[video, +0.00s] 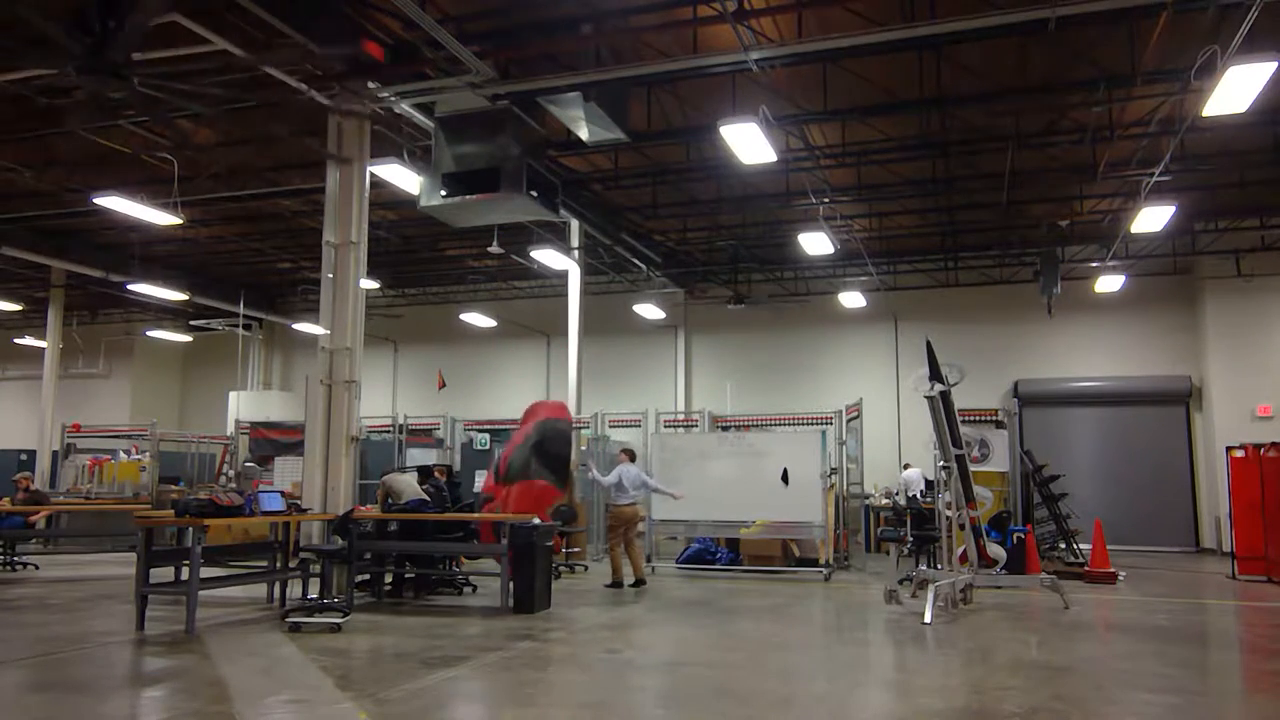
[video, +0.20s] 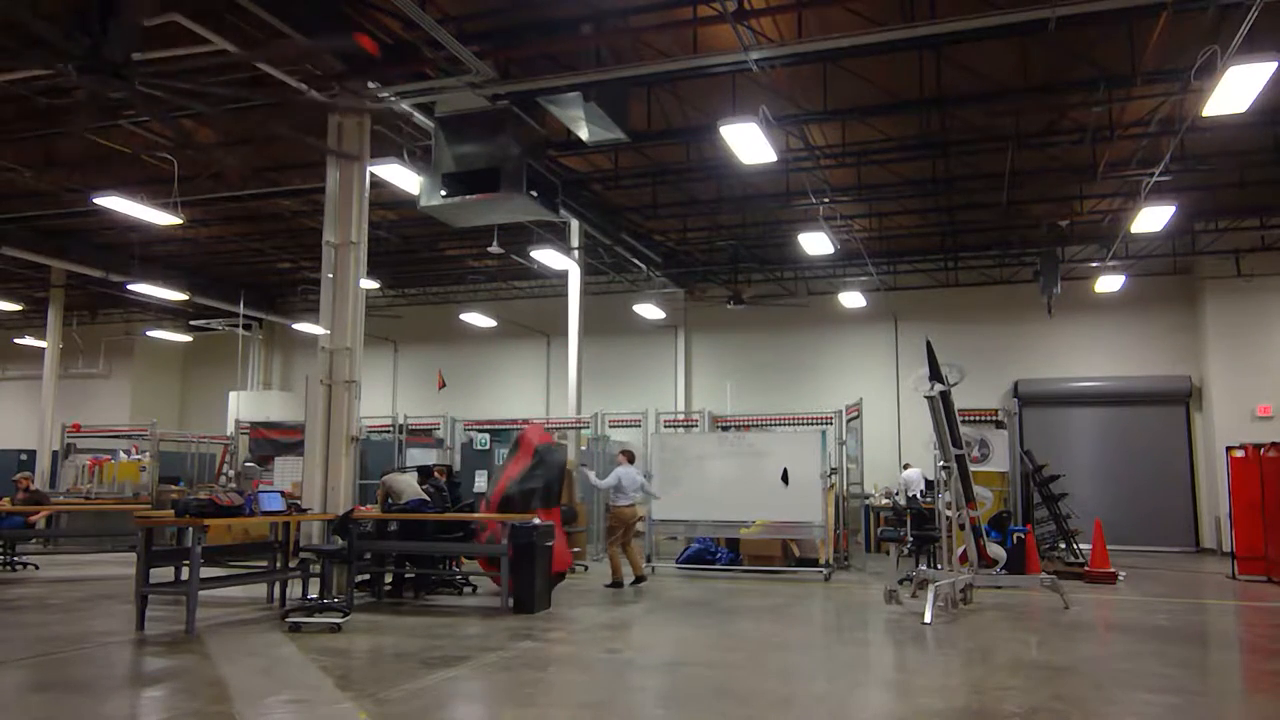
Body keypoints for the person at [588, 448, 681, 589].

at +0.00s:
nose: (618, 457)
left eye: (620, 455)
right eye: (619, 455)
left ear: (627, 457)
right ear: (630, 458)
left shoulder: (620, 469)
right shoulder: (637, 471)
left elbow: (606, 482)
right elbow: (652, 486)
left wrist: (593, 471)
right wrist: (672, 494)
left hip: (618, 509)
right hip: (633, 508)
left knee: (614, 545)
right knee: (631, 543)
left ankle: (617, 579)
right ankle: (640, 577)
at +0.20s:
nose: (617, 458)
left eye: (619, 456)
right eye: (618, 455)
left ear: (625, 458)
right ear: (629, 459)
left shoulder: (619, 471)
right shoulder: (636, 473)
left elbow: (602, 485)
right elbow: (646, 488)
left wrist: (590, 474)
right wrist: (656, 495)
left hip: (618, 510)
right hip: (632, 509)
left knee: (612, 545)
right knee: (627, 544)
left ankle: (617, 579)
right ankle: (639, 574)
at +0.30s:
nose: (618, 459)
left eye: (619, 456)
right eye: (618, 456)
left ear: (625, 457)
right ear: (631, 458)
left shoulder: (621, 472)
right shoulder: (637, 472)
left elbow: (604, 486)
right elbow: (641, 488)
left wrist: (591, 477)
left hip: (619, 508)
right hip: (633, 508)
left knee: (614, 545)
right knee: (629, 544)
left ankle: (617, 579)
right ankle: (639, 575)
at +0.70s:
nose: (626, 461)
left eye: (627, 458)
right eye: (626, 459)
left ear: (632, 458)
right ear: (638, 459)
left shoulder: (629, 472)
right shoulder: (646, 473)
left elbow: (613, 488)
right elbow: (651, 488)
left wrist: (598, 478)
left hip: (629, 508)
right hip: (643, 507)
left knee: (622, 544)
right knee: (637, 544)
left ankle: (621, 578)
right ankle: (639, 577)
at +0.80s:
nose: (628, 461)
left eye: (629, 459)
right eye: (628, 459)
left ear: (633, 459)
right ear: (640, 459)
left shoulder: (631, 472)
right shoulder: (648, 472)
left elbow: (615, 488)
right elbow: (656, 487)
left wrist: (599, 477)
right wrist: (662, 495)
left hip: (631, 508)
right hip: (644, 507)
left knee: (624, 544)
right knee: (638, 544)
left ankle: (623, 578)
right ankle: (639, 577)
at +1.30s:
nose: (631, 462)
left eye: (632, 460)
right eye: (631, 460)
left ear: (636, 460)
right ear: (644, 460)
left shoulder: (635, 472)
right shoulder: (653, 472)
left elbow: (628, 490)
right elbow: (667, 488)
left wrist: (611, 485)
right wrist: (683, 489)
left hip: (636, 508)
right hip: (649, 508)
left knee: (634, 544)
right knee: (644, 544)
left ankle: (642, 575)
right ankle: (641, 574)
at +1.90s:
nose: (634, 462)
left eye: (634, 460)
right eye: (635, 460)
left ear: (635, 460)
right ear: (646, 459)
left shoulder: (633, 474)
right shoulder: (654, 470)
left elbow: (624, 495)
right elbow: (672, 483)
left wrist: (606, 491)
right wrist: (689, 475)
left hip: (642, 508)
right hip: (657, 506)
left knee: (646, 545)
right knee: (658, 544)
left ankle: (646, 578)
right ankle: (660, 578)